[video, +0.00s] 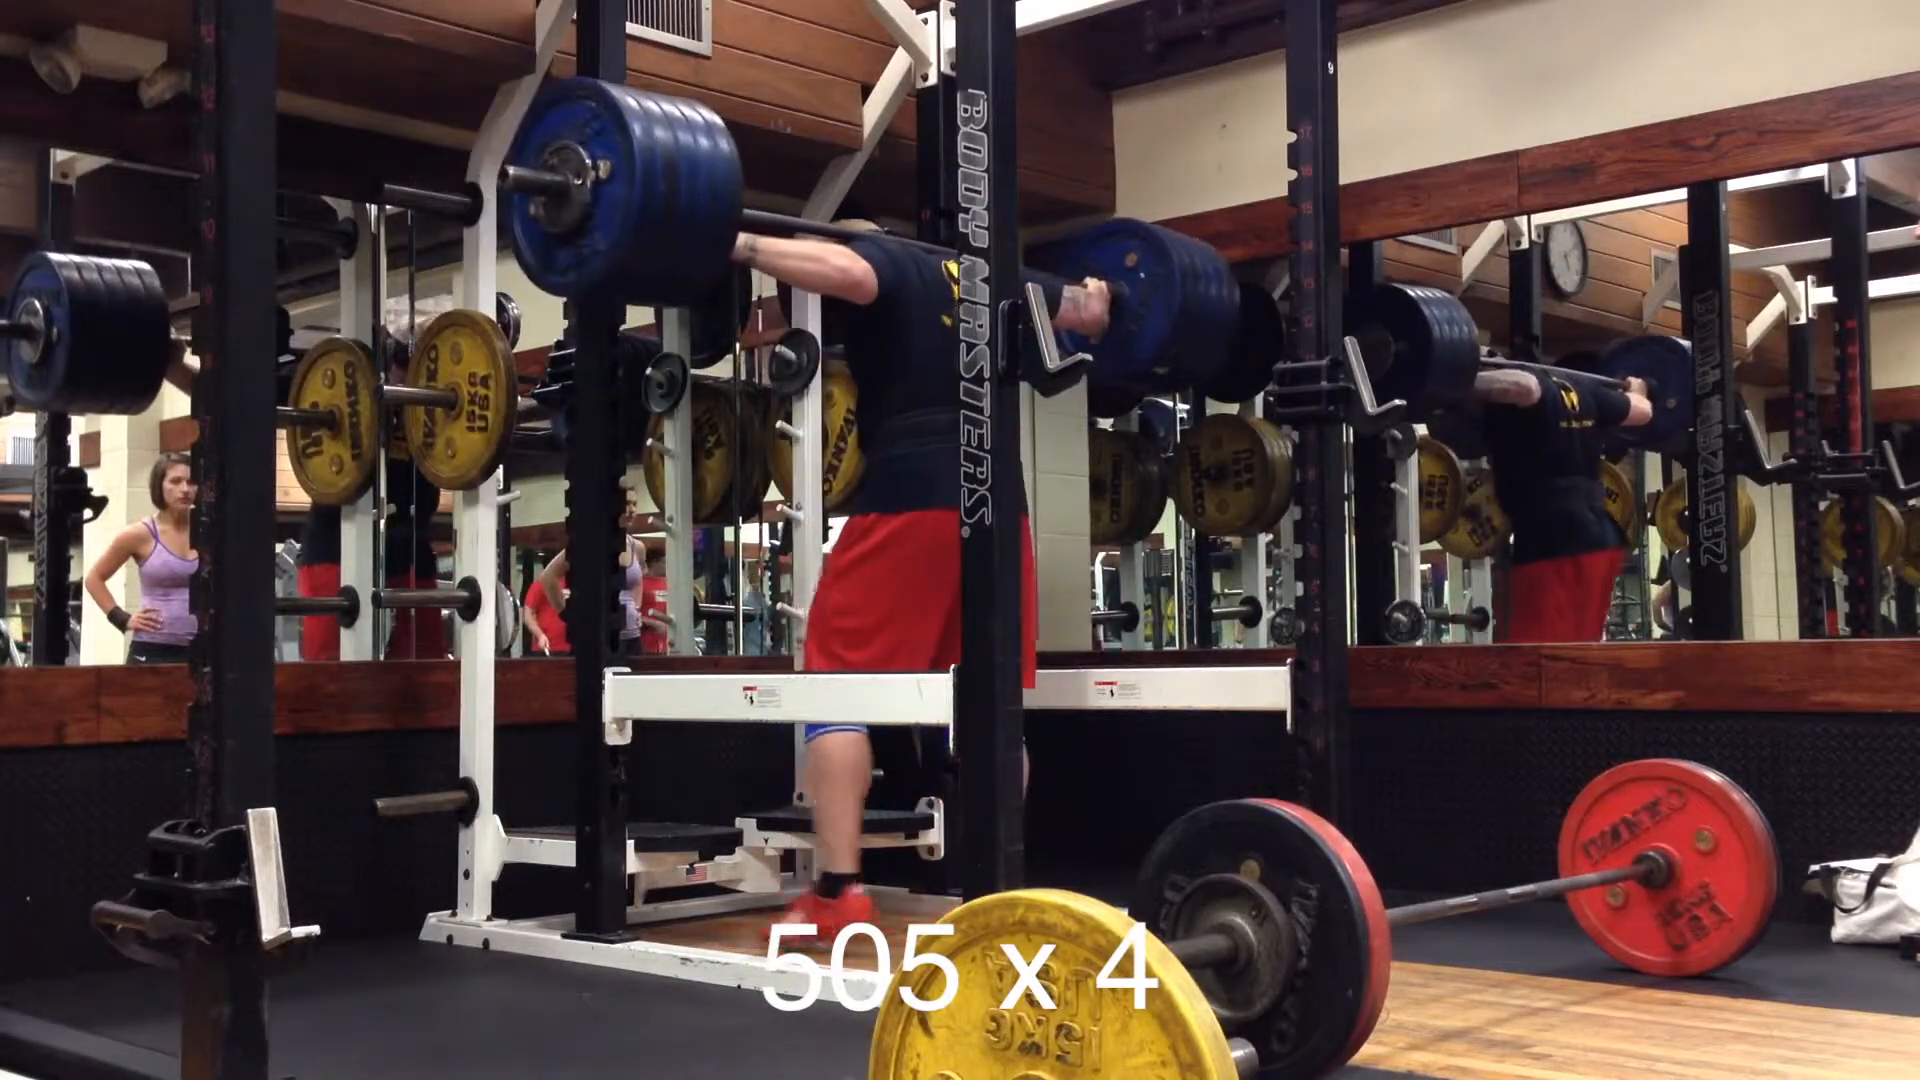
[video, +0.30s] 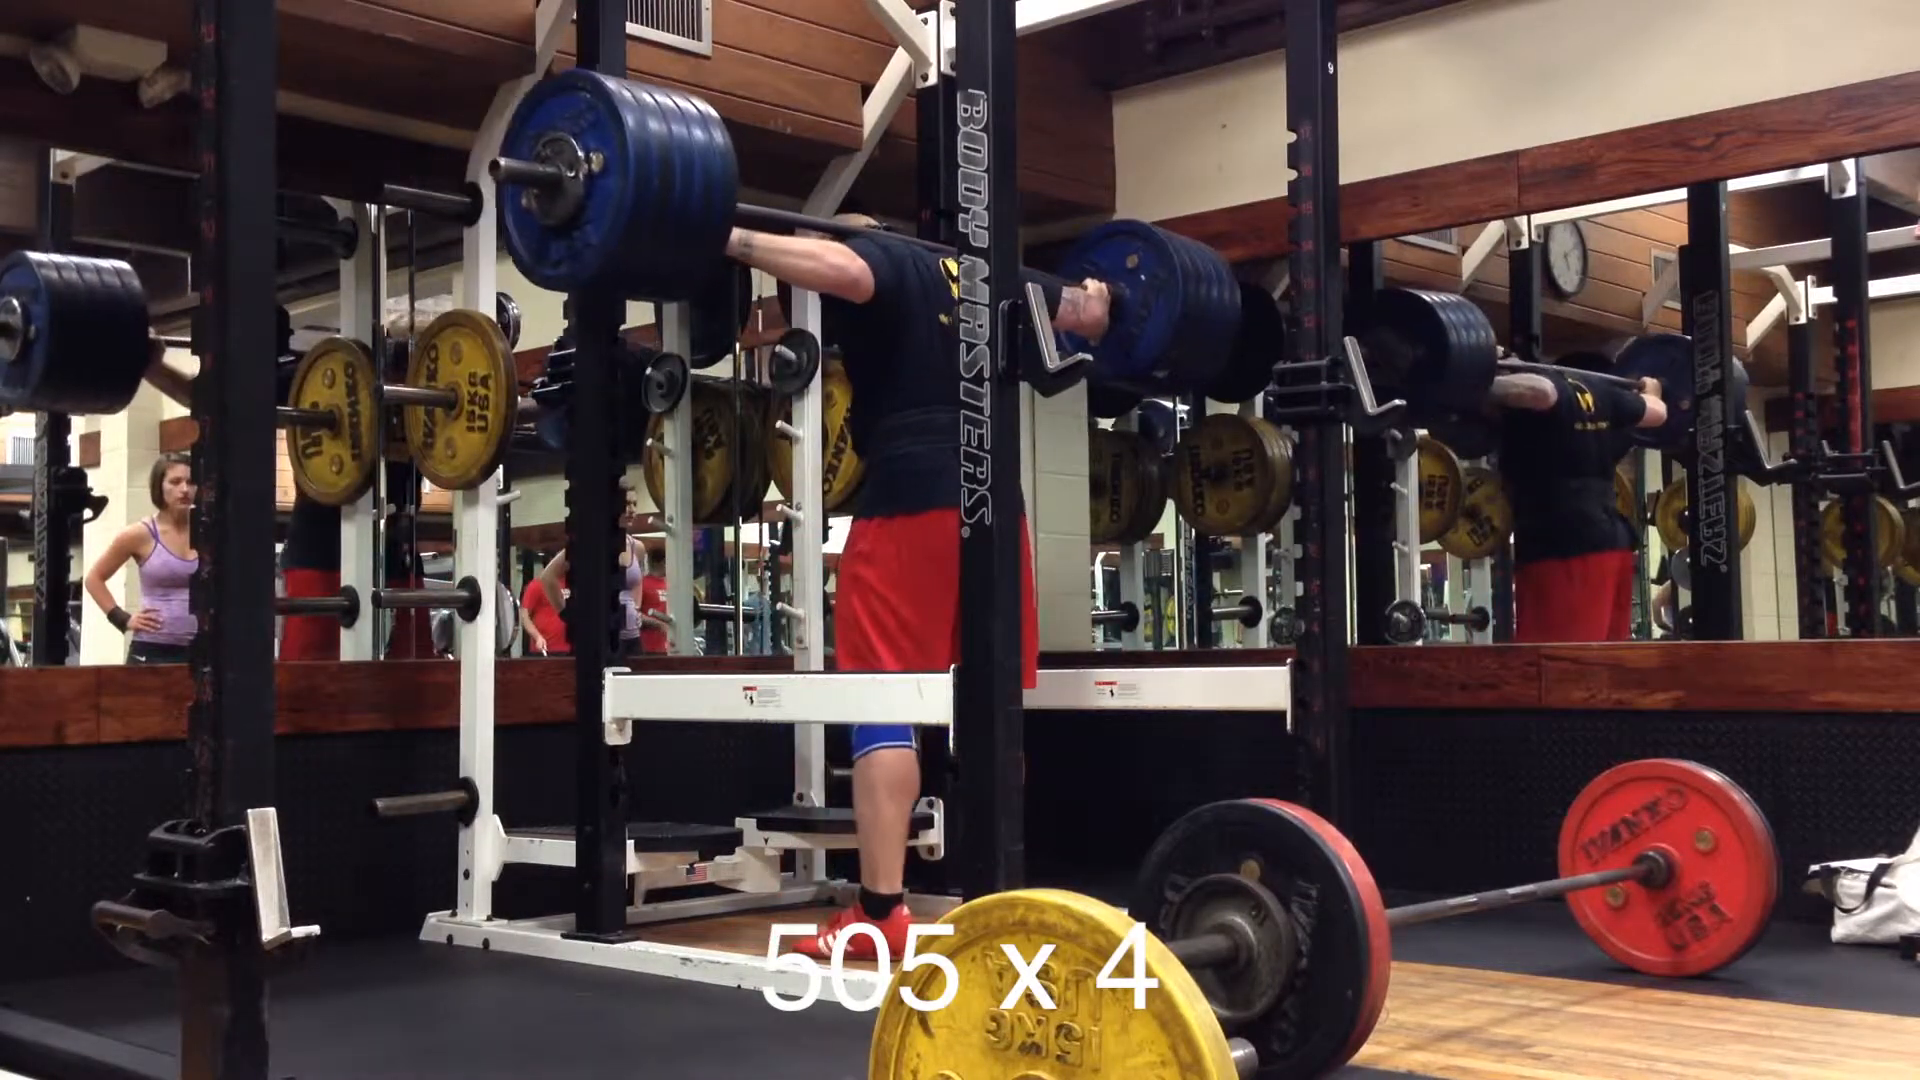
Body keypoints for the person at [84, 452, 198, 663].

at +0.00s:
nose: (185, 489)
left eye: (191, 482)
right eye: (176, 481)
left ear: (198, 487)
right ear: (159, 486)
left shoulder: (205, 528)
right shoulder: (140, 535)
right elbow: (93, 579)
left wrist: (213, 613)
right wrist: (123, 620)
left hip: (200, 647)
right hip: (153, 648)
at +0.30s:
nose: (185, 489)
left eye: (190, 482)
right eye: (175, 482)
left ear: (198, 487)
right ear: (159, 487)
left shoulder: (204, 529)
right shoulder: (140, 535)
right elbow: (93, 579)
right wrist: (123, 620)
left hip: (200, 648)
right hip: (153, 648)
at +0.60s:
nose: (185, 489)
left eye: (190, 482)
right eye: (175, 482)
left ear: (198, 487)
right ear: (159, 487)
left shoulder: (204, 528)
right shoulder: (140, 534)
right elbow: (93, 579)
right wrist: (124, 620)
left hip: (200, 648)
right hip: (153, 648)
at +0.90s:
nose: (185, 489)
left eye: (190, 482)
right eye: (175, 482)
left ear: (198, 487)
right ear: (159, 487)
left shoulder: (203, 528)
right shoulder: (140, 533)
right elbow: (93, 578)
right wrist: (124, 620)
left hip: (199, 648)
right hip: (153, 648)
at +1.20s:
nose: (185, 489)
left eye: (190, 482)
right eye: (176, 482)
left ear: (198, 487)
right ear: (159, 486)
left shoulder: (204, 528)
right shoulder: (140, 534)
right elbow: (93, 579)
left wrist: (212, 613)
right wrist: (124, 619)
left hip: (199, 648)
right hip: (153, 648)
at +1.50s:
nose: (186, 489)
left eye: (191, 482)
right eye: (176, 482)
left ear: (199, 487)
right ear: (159, 487)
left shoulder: (204, 529)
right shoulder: (141, 534)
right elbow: (93, 579)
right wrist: (123, 619)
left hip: (199, 648)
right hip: (153, 648)